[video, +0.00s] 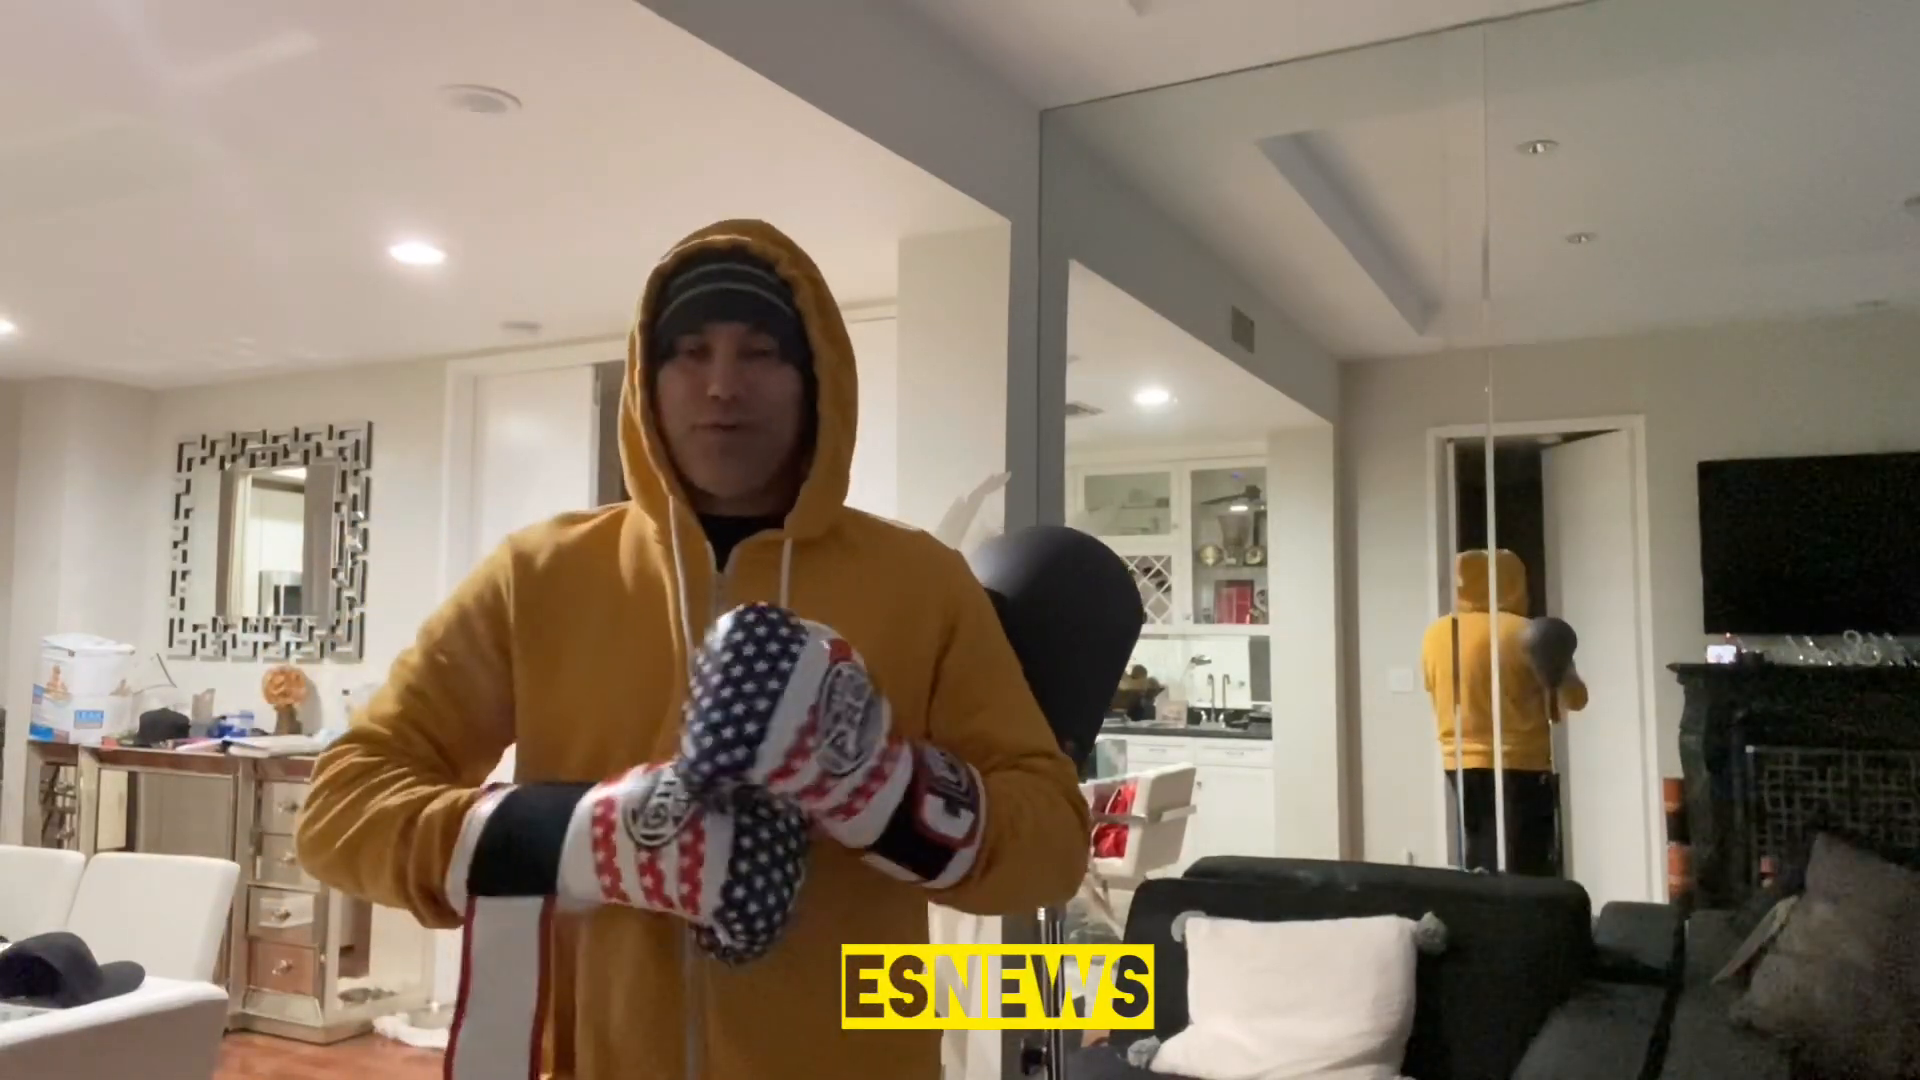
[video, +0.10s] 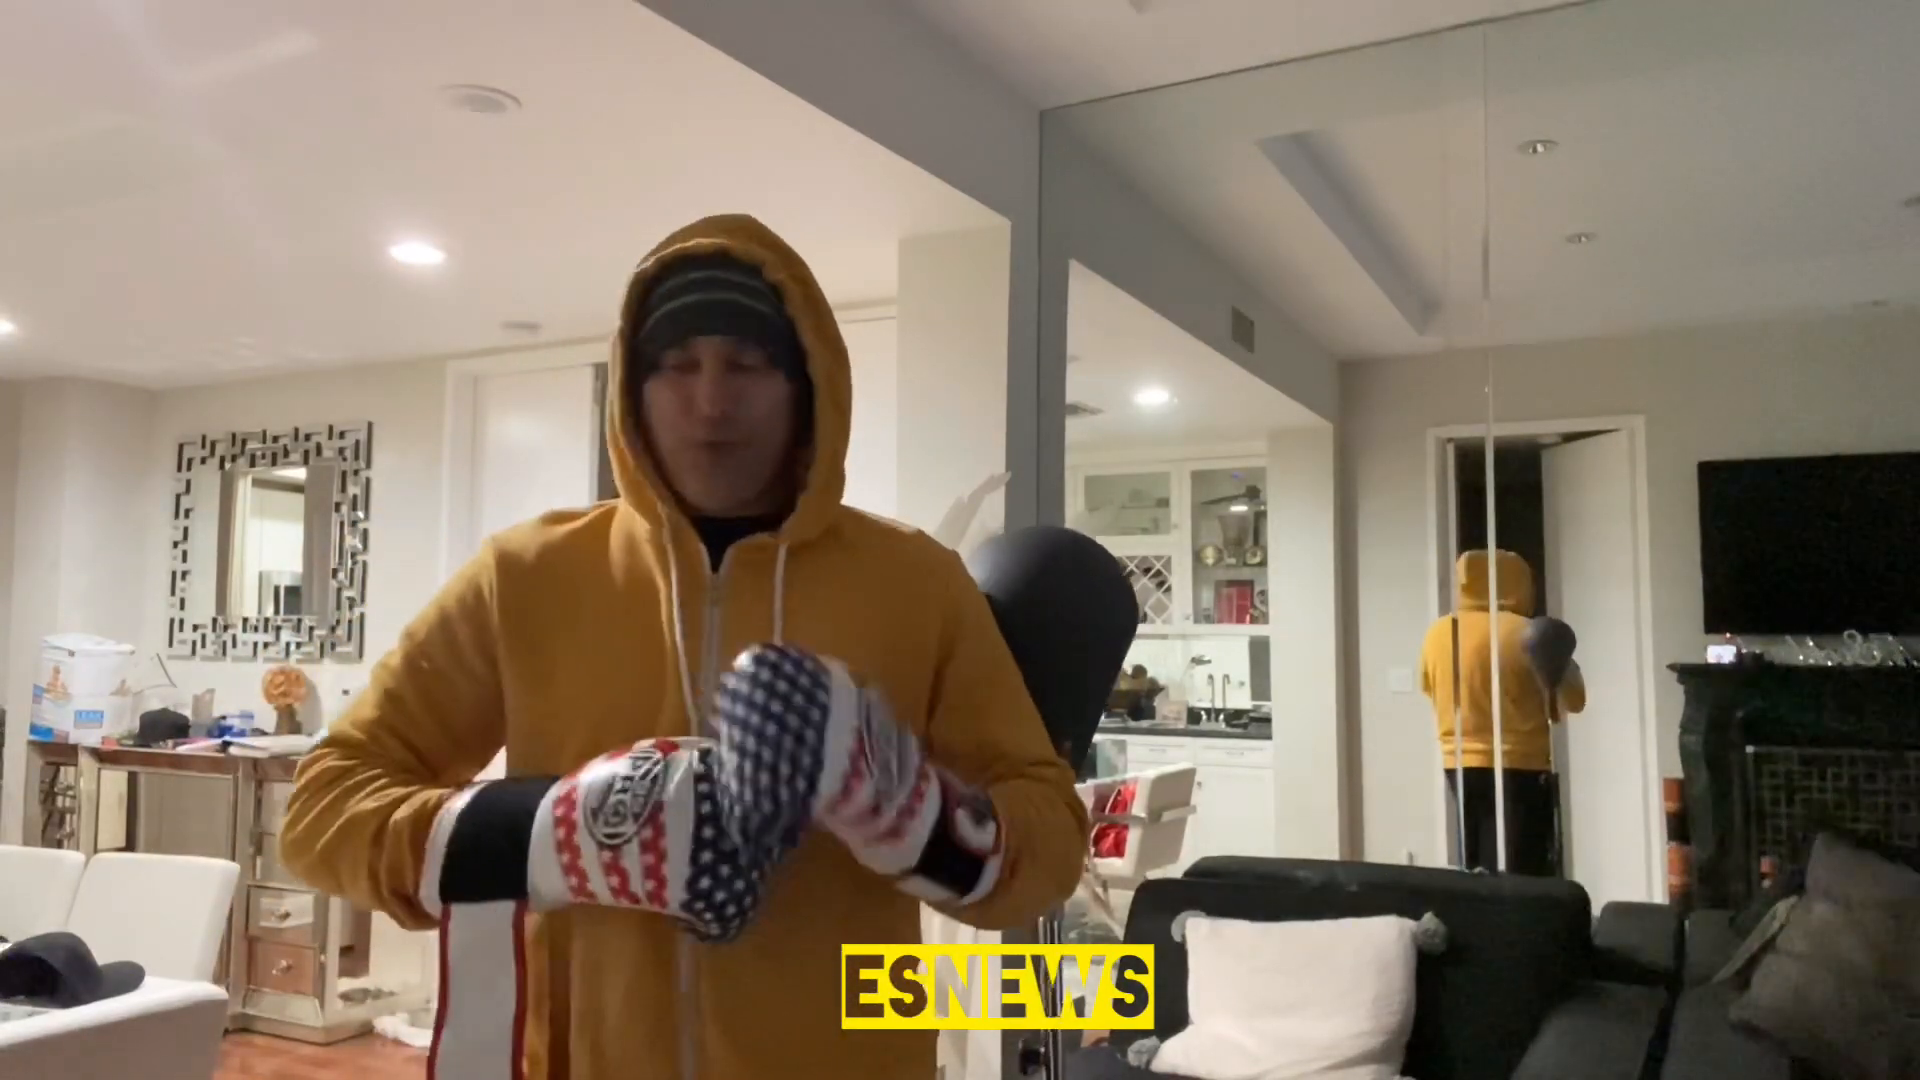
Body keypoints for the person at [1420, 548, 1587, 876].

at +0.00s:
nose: (1525, 591)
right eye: (1521, 583)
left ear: (1463, 586)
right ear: (1513, 586)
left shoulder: (1437, 634)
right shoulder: (1528, 633)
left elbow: (1433, 689)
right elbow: (1575, 698)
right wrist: (1558, 657)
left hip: (1463, 770)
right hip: (1524, 770)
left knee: (1477, 860)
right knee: (1529, 867)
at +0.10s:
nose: (1529, 591)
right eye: (1525, 584)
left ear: (1464, 585)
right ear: (1515, 586)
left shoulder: (1439, 632)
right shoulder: (1530, 633)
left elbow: (1429, 687)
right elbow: (1574, 700)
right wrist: (1557, 653)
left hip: (1462, 769)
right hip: (1523, 771)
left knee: (1472, 867)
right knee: (1527, 871)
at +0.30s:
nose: (1531, 596)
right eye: (1527, 589)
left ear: (1468, 587)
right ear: (1520, 588)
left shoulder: (1441, 634)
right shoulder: (1529, 631)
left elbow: (1437, 690)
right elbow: (1565, 699)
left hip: (1461, 767)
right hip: (1520, 768)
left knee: (1476, 861)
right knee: (1526, 866)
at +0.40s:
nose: (1533, 601)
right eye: (1531, 594)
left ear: (1472, 589)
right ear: (1521, 592)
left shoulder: (1441, 633)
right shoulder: (1524, 630)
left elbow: (1457, 694)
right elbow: (1571, 693)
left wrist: (1538, 706)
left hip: (1459, 767)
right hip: (1517, 768)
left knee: (1475, 862)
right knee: (1526, 866)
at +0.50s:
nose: (1535, 603)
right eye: (1532, 596)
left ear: (1474, 590)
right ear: (1523, 594)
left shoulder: (1443, 633)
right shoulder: (1527, 630)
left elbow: (1455, 693)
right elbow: (1573, 690)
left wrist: (1538, 706)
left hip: (1459, 766)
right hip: (1516, 766)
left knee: (1476, 861)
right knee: (1525, 863)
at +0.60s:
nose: (1535, 606)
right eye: (1532, 600)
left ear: (1473, 592)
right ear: (1523, 595)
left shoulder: (1443, 634)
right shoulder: (1526, 628)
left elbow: (1459, 691)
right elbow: (1576, 685)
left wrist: (1539, 707)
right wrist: (1543, 695)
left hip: (1458, 763)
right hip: (1515, 762)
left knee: (1475, 857)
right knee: (1524, 858)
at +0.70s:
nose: (1536, 606)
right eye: (1533, 601)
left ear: (1475, 592)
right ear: (1523, 596)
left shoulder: (1445, 635)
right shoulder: (1528, 627)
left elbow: (1455, 689)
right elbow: (1577, 682)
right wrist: (1543, 690)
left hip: (1459, 762)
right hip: (1516, 763)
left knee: (1475, 856)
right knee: (1524, 858)